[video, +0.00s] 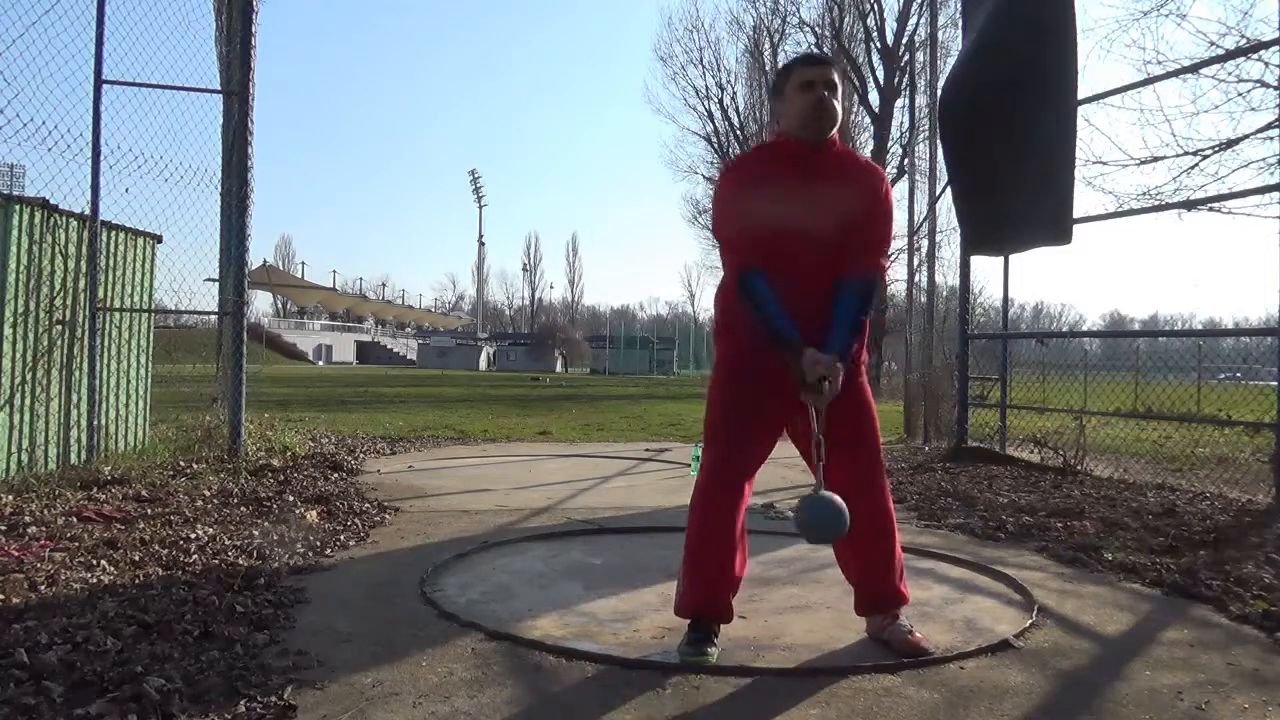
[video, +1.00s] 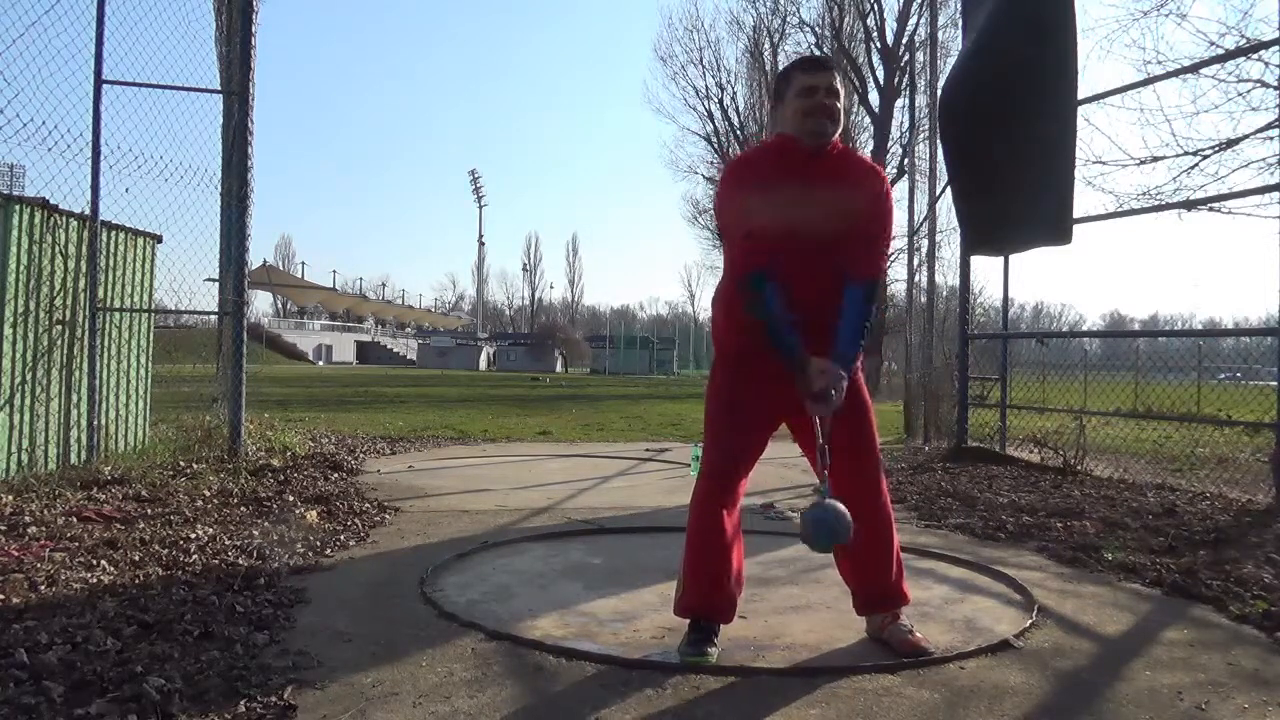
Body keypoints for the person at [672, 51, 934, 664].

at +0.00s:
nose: (824, 95)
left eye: (832, 87)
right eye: (809, 87)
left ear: (843, 104)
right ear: (778, 102)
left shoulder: (867, 178)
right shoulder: (742, 174)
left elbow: (863, 273)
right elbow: (746, 270)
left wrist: (838, 351)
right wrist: (796, 347)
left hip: (838, 351)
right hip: (751, 350)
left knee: (865, 477)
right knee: (722, 479)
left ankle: (885, 614)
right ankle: (704, 619)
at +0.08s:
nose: (813, 89)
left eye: (821, 82)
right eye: (798, 80)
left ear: (833, 101)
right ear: (771, 98)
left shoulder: (861, 169)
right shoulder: (740, 166)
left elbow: (866, 253)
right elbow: (746, 250)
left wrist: (847, 312)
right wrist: (805, 308)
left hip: (835, 350)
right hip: (753, 350)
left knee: (859, 472)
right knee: (725, 479)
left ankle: (885, 614)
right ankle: (705, 618)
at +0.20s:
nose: (806, 84)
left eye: (815, 80)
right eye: (791, 78)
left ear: (828, 103)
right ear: (765, 100)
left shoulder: (859, 165)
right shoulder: (739, 160)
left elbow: (878, 223)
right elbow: (747, 228)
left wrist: (861, 245)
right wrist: (828, 235)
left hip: (839, 359)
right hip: (755, 360)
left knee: (866, 486)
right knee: (727, 488)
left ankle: (885, 615)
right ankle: (704, 620)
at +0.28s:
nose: (804, 86)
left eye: (813, 80)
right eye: (789, 80)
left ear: (826, 101)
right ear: (763, 102)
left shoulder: (854, 159)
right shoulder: (740, 158)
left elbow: (887, 215)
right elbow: (753, 209)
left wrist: (904, 206)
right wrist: (833, 196)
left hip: (840, 354)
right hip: (756, 356)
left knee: (867, 483)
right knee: (730, 485)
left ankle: (885, 614)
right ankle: (704, 619)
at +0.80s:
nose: (809, 87)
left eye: (816, 80)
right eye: (794, 80)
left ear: (829, 98)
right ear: (766, 99)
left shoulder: (861, 165)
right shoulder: (740, 157)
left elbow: (872, 240)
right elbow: (753, 228)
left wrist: (822, 237)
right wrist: (843, 240)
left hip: (834, 360)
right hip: (750, 359)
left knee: (866, 485)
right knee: (721, 487)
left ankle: (886, 615)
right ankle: (704, 620)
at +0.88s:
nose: (810, 91)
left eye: (818, 84)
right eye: (796, 84)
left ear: (830, 101)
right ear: (769, 100)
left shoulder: (861, 168)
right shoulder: (741, 165)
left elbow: (869, 242)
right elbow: (748, 241)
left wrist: (855, 293)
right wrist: (812, 294)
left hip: (831, 354)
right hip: (749, 354)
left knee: (862, 478)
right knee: (720, 482)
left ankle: (885, 615)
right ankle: (704, 619)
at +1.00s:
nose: (825, 101)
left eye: (832, 93)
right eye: (810, 93)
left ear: (842, 106)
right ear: (777, 106)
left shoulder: (864, 177)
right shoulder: (744, 174)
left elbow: (865, 277)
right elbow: (750, 276)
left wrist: (840, 362)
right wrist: (801, 359)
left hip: (833, 350)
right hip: (751, 347)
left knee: (864, 474)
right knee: (718, 479)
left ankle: (885, 614)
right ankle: (705, 615)